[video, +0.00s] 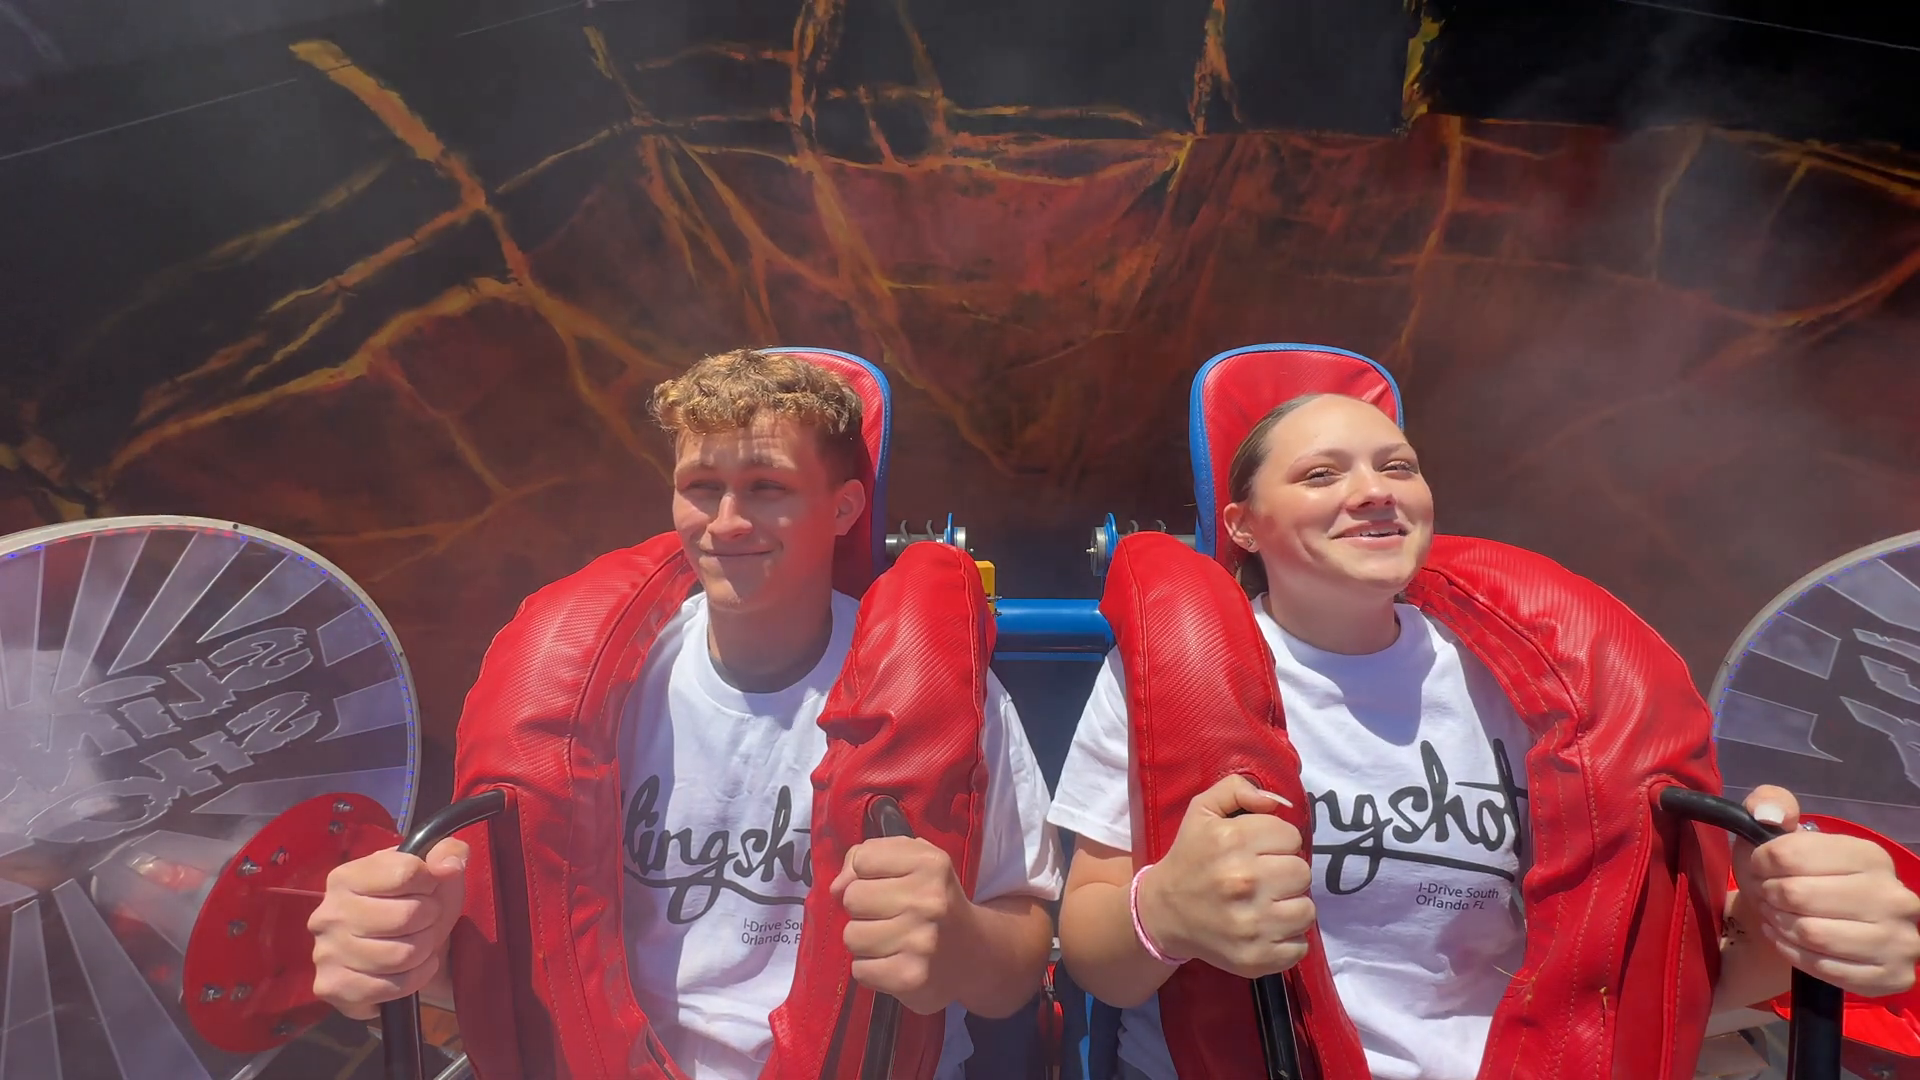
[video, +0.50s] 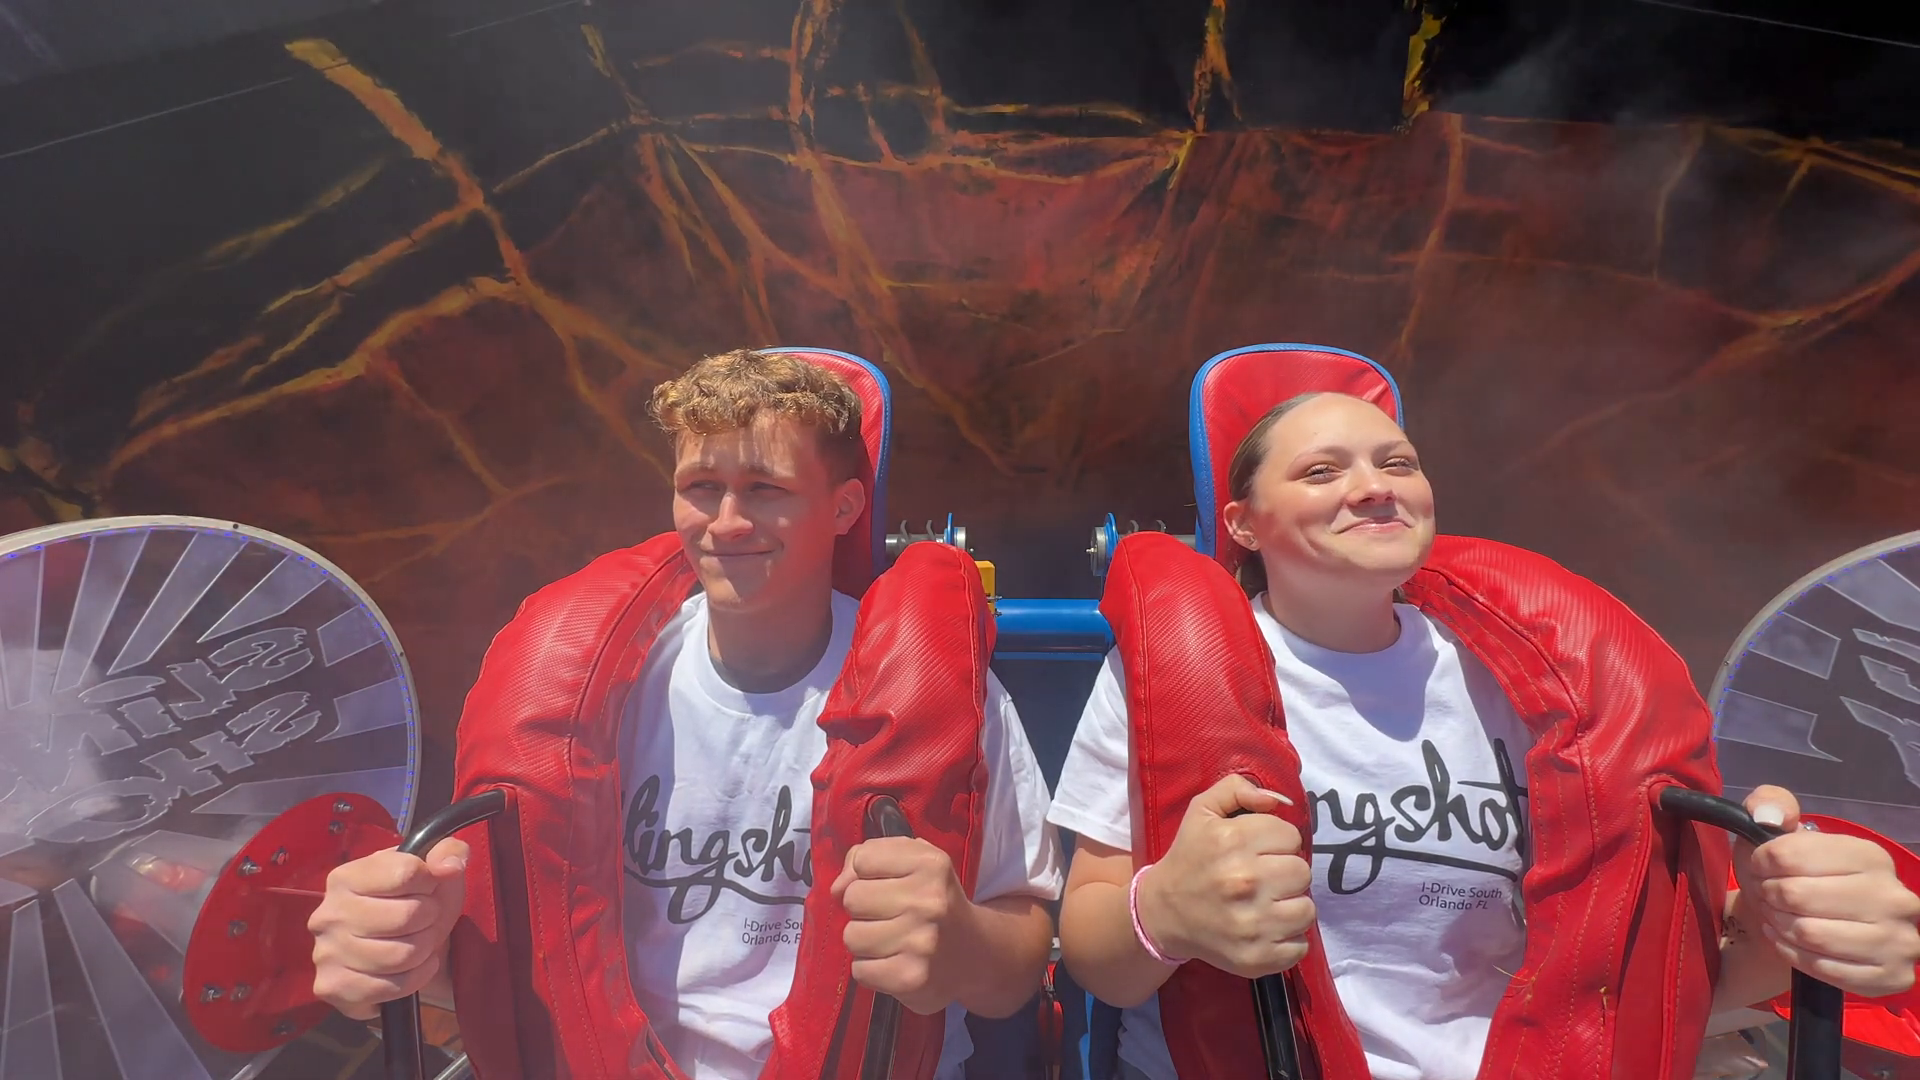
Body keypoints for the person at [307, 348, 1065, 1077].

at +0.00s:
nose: (726, 523)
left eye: (766, 491)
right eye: (703, 490)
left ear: (847, 507)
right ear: (672, 494)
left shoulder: (935, 688)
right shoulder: (586, 674)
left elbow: (1026, 955)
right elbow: (503, 926)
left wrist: (965, 949)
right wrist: (402, 942)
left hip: (839, 1063)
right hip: (616, 1058)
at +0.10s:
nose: (724, 523)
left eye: (763, 491)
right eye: (700, 490)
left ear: (845, 506)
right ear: (671, 494)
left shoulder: (935, 688)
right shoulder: (585, 673)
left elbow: (1024, 957)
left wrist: (964, 948)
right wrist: (402, 941)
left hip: (836, 1063)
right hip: (614, 1058)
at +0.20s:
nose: (724, 523)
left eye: (764, 491)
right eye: (700, 490)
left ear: (845, 505)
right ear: (671, 493)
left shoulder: (935, 688)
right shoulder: (584, 674)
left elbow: (1026, 954)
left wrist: (965, 948)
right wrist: (405, 942)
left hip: (838, 1063)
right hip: (615, 1059)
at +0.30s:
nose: (724, 523)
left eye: (764, 491)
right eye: (701, 489)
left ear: (846, 505)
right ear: (671, 494)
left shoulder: (936, 689)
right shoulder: (586, 672)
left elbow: (1025, 959)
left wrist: (965, 948)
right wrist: (401, 943)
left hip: (835, 1063)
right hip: (612, 1058)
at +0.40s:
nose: (725, 523)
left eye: (765, 491)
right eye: (702, 490)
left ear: (846, 506)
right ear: (672, 494)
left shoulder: (935, 688)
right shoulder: (586, 672)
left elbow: (1024, 959)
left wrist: (964, 948)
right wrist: (402, 943)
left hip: (835, 1063)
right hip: (613, 1058)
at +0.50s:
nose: (727, 523)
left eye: (766, 491)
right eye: (702, 490)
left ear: (846, 507)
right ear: (673, 494)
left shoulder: (935, 688)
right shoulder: (586, 672)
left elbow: (1024, 959)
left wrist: (964, 948)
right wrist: (403, 943)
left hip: (837, 1063)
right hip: (614, 1058)